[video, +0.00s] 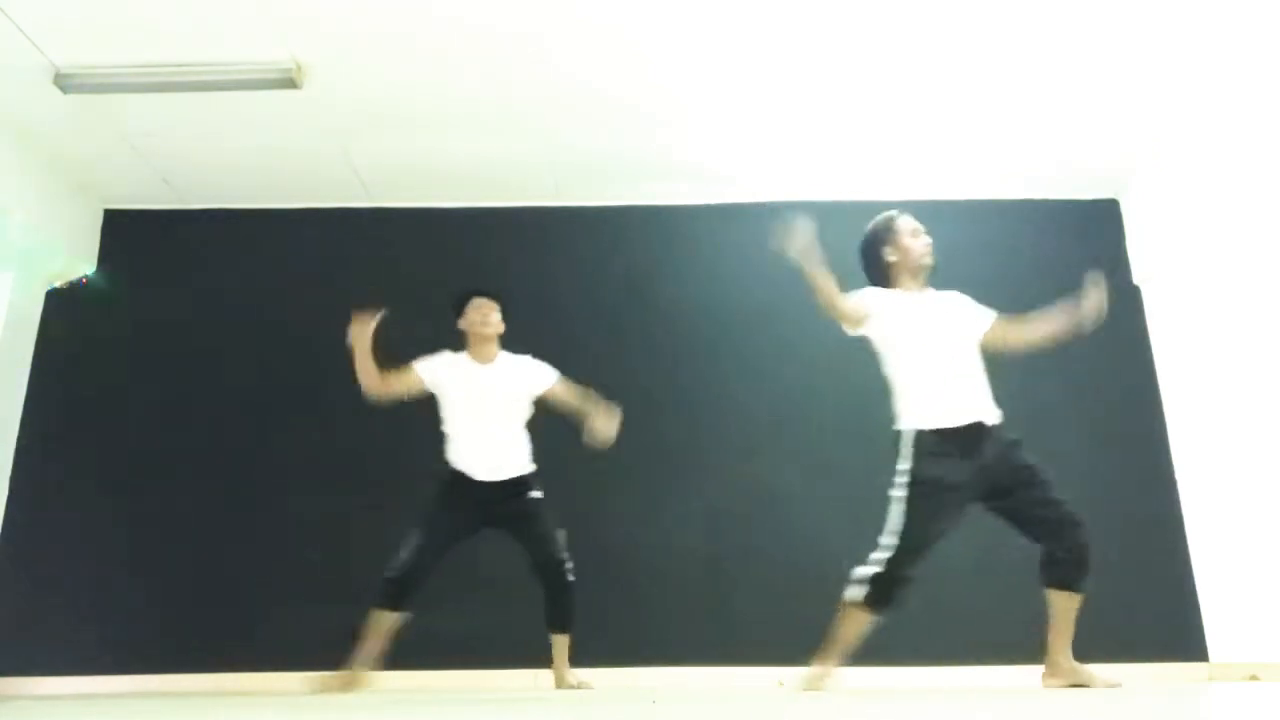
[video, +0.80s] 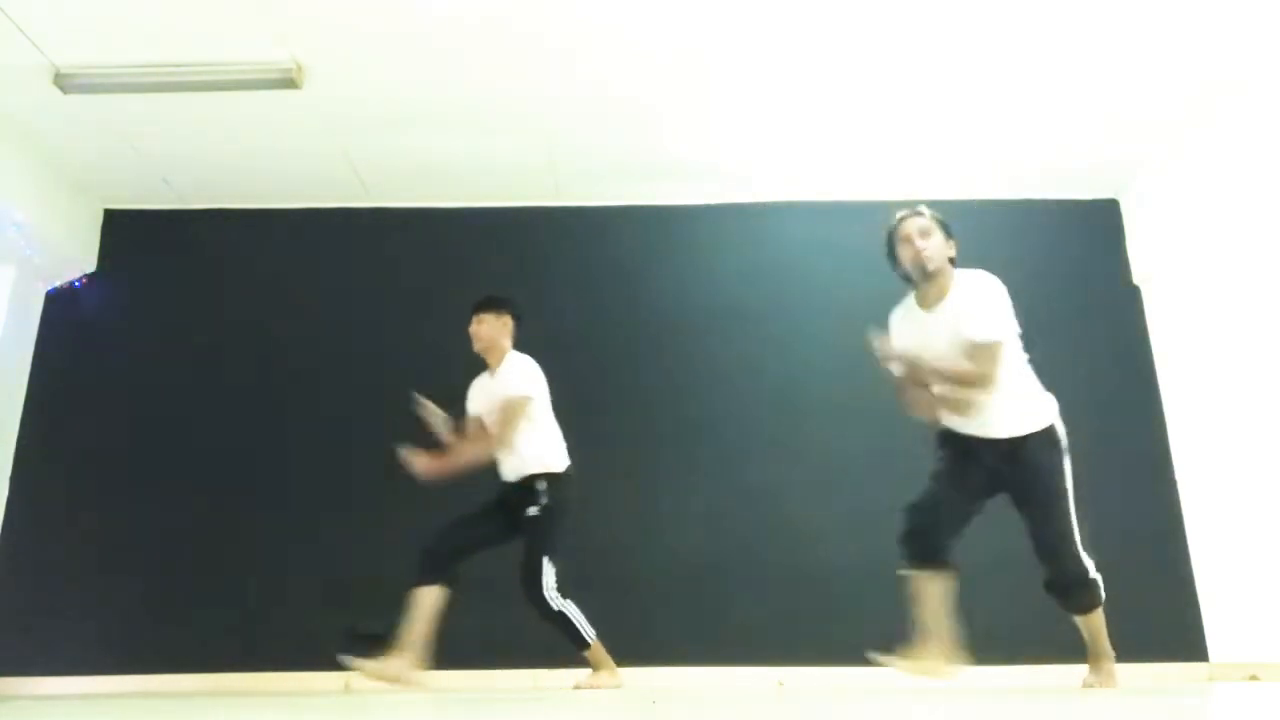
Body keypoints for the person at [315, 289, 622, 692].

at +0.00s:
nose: (491, 318)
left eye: (495, 312)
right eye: (480, 312)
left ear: (503, 322)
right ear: (462, 324)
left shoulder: (525, 370)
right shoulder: (443, 368)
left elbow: (581, 401)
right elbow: (378, 388)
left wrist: (602, 418)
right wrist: (361, 343)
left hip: (519, 491)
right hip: (461, 489)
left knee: (557, 569)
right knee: (406, 570)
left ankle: (563, 672)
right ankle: (359, 669)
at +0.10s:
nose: (508, 312)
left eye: (510, 307)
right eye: (496, 307)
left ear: (515, 317)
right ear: (475, 320)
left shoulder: (545, 354)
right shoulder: (465, 376)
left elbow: (598, 345)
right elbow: (425, 431)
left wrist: (602, 328)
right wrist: (376, 432)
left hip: (548, 482)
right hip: (494, 485)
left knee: (572, 564)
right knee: (473, 562)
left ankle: (565, 670)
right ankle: (478, 648)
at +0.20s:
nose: (514, 299)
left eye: (516, 294)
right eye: (504, 295)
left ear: (522, 305)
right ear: (482, 307)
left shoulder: (547, 331)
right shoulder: (477, 365)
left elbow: (595, 290)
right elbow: (459, 434)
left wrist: (572, 282)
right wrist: (425, 481)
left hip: (565, 463)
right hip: (516, 469)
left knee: (578, 563)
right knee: (513, 584)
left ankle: (565, 668)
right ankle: (564, 637)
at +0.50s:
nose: (490, 305)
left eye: (497, 297)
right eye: (484, 301)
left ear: (519, 298)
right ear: (481, 312)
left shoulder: (546, 321)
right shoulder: (486, 362)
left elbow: (591, 279)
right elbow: (471, 418)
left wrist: (548, 283)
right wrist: (457, 472)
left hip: (576, 446)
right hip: (537, 457)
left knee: (576, 552)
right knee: (547, 567)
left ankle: (608, 659)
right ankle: (600, 657)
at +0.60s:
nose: (480, 327)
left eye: (489, 317)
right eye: (477, 319)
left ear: (512, 320)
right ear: (475, 328)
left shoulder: (541, 345)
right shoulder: (485, 380)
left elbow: (600, 340)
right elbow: (484, 428)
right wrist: (485, 474)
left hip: (575, 465)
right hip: (540, 476)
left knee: (569, 565)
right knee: (509, 567)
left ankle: (609, 666)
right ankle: (577, 640)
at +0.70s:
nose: (476, 337)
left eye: (485, 328)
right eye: (474, 330)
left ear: (509, 332)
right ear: (474, 338)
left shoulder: (537, 370)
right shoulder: (485, 393)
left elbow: (578, 419)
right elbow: (497, 448)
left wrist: (531, 472)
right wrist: (500, 474)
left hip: (568, 481)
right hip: (531, 488)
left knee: (551, 576)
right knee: (470, 550)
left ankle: (607, 669)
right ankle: (519, 644)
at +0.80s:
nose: (472, 329)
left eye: (481, 321)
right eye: (472, 322)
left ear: (506, 327)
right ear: (476, 331)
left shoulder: (522, 371)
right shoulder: (480, 386)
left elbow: (495, 439)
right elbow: (476, 444)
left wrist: (434, 465)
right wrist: (448, 433)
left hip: (545, 489)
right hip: (514, 492)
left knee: (541, 586)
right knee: (441, 550)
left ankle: (605, 668)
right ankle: (409, 657)